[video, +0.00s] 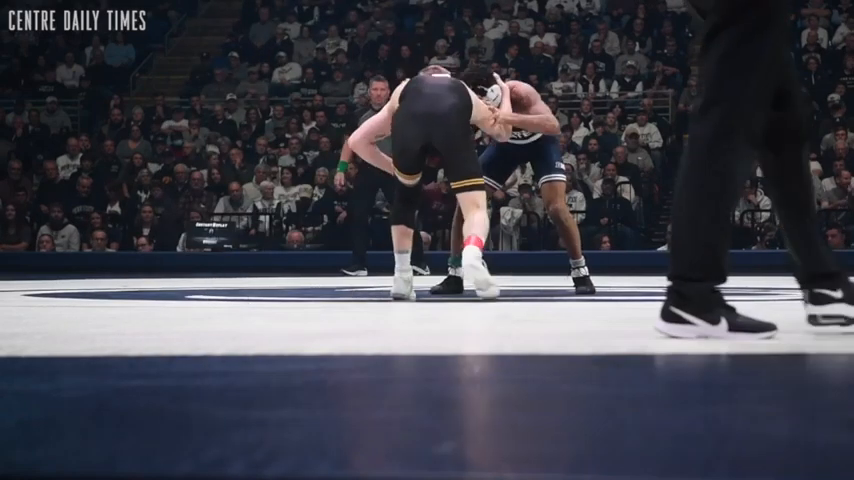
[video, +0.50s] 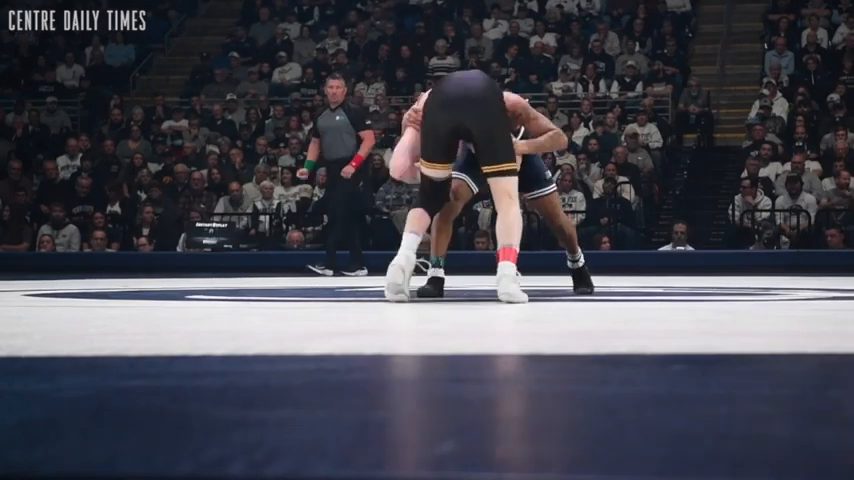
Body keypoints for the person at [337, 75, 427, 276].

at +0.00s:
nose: (379, 94)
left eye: (383, 90)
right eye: (375, 89)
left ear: (389, 92)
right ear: (369, 92)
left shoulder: (400, 113)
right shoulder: (361, 116)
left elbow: (409, 139)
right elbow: (351, 140)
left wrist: (408, 165)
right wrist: (341, 168)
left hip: (394, 169)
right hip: (366, 170)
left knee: (405, 213)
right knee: (359, 213)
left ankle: (418, 261)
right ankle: (359, 263)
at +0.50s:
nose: (334, 91)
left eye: (338, 87)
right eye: (330, 87)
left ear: (345, 90)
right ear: (325, 90)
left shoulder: (354, 112)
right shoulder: (321, 118)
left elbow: (369, 139)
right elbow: (315, 143)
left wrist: (354, 164)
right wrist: (307, 167)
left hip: (351, 168)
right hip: (332, 170)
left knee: (339, 214)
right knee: (344, 215)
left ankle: (330, 263)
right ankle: (357, 263)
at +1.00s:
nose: (295, 88)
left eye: (299, 84)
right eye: (292, 84)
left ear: (305, 86)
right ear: (286, 87)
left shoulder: (313, 108)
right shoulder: (279, 111)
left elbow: (322, 139)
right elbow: (273, 138)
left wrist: (301, 160)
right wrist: (266, 165)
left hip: (308, 165)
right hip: (286, 165)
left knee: (305, 212)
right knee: (276, 213)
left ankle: (311, 264)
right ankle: (302, 254)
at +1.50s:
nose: (240, 86)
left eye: (244, 82)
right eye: (237, 82)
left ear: (251, 85)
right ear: (230, 85)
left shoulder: (258, 106)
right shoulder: (226, 109)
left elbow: (271, 136)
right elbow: (220, 137)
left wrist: (256, 163)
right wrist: (212, 163)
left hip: (252, 163)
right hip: (231, 163)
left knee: (248, 211)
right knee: (234, 215)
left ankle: (281, 247)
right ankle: (240, 265)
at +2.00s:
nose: (191, 85)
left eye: (195, 81)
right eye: (188, 81)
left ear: (202, 82)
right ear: (182, 83)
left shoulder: (210, 106)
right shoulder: (176, 109)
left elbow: (223, 138)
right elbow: (167, 136)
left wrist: (220, 169)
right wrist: (160, 160)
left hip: (202, 164)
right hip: (183, 165)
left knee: (194, 212)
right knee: (191, 214)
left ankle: (190, 265)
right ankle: (227, 253)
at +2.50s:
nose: (134, 83)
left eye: (138, 78)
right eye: (130, 78)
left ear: (145, 80)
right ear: (123, 81)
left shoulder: (152, 103)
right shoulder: (118, 106)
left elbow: (161, 135)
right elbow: (114, 137)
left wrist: (140, 159)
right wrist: (108, 165)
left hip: (150, 164)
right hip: (126, 166)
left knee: (162, 211)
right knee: (119, 213)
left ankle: (184, 260)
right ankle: (113, 265)